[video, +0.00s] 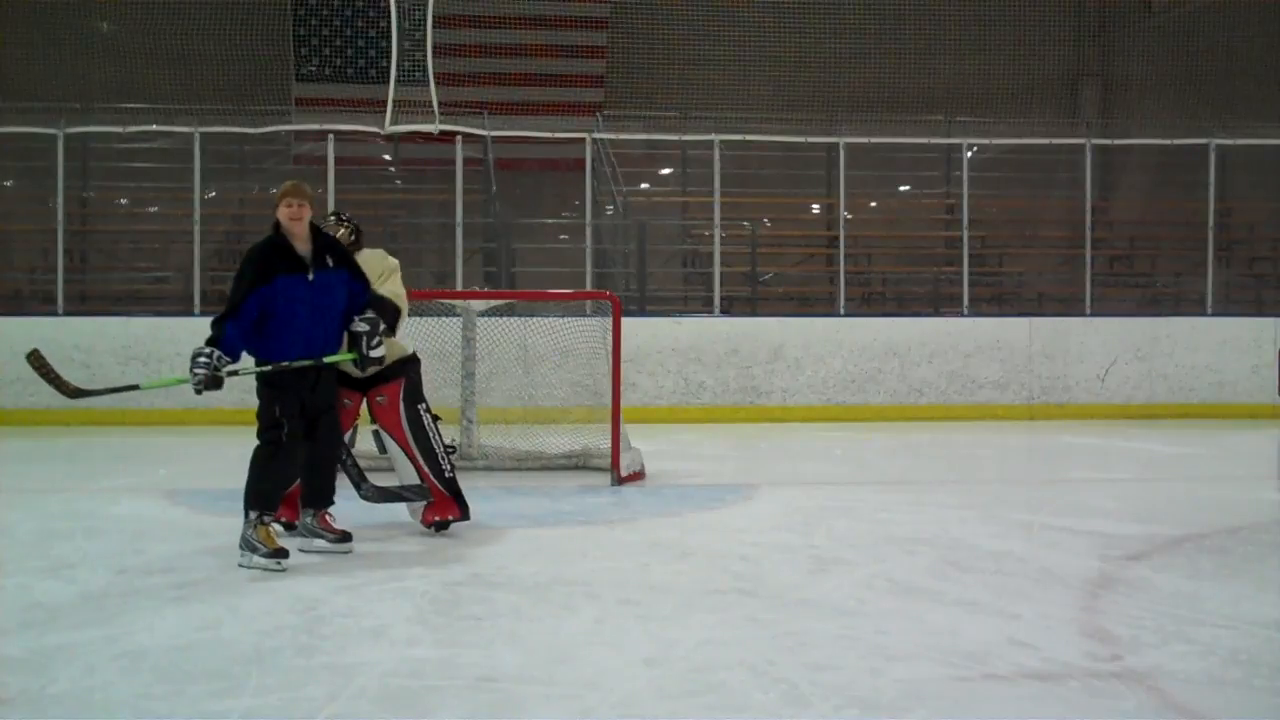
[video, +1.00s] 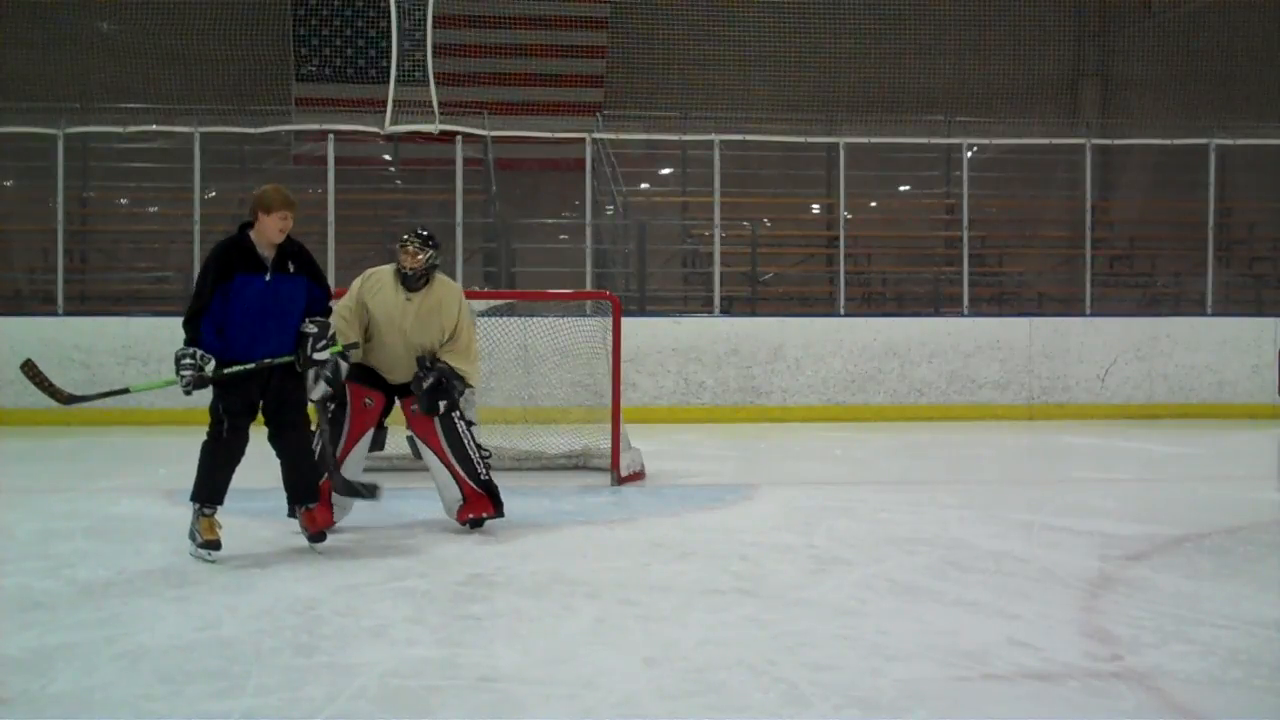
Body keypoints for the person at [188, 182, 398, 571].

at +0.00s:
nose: (295, 211)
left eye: (301, 205)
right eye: (288, 205)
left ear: (312, 210)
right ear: (277, 212)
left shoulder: (333, 253)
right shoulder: (262, 257)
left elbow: (365, 300)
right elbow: (237, 313)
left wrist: (369, 328)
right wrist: (214, 354)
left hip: (322, 367)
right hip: (278, 371)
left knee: (325, 442)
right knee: (279, 445)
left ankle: (313, 516)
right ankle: (257, 526)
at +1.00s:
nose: (286, 227)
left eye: (290, 220)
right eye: (280, 219)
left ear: (291, 222)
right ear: (258, 217)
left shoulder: (298, 257)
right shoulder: (226, 256)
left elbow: (320, 300)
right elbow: (199, 311)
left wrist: (315, 330)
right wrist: (195, 354)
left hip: (284, 365)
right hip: (235, 367)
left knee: (295, 436)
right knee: (228, 439)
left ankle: (306, 507)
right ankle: (205, 513)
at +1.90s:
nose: (232, 219)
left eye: (240, 214)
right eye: (228, 212)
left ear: (254, 220)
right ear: (221, 217)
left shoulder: (275, 259)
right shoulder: (200, 259)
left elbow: (303, 306)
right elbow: (177, 313)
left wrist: (302, 333)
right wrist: (160, 353)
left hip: (262, 362)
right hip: (210, 363)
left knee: (274, 430)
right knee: (201, 432)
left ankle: (295, 502)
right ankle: (185, 506)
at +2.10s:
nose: (229, 219)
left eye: (236, 214)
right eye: (224, 213)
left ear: (250, 220)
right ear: (218, 217)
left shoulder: (271, 258)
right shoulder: (197, 259)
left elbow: (299, 305)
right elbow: (176, 312)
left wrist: (300, 330)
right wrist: (159, 352)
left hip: (261, 362)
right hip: (210, 363)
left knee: (272, 431)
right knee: (200, 434)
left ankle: (292, 499)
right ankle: (186, 506)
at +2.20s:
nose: (228, 219)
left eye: (235, 214)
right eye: (224, 213)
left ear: (249, 220)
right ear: (217, 217)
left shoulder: (272, 259)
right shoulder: (196, 260)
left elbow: (297, 305)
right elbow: (176, 314)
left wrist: (299, 330)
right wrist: (159, 354)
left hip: (260, 362)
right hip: (209, 364)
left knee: (272, 431)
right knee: (199, 434)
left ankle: (290, 498)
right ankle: (185, 505)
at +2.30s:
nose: (227, 220)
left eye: (235, 214)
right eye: (223, 213)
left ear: (248, 220)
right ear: (216, 218)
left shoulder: (268, 258)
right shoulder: (196, 260)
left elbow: (294, 304)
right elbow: (175, 314)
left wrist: (297, 330)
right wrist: (157, 355)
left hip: (258, 362)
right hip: (207, 364)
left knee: (270, 431)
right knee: (198, 434)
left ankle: (287, 499)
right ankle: (181, 504)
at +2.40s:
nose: (227, 219)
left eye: (234, 215)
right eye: (222, 213)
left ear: (247, 221)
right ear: (214, 218)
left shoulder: (265, 259)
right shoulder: (192, 259)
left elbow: (289, 304)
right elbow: (171, 312)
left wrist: (290, 328)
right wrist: (152, 354)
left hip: (255, 362)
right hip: (204, 363)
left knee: (271, 431)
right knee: (193, 434)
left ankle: (292, 500)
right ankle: (175, 505)